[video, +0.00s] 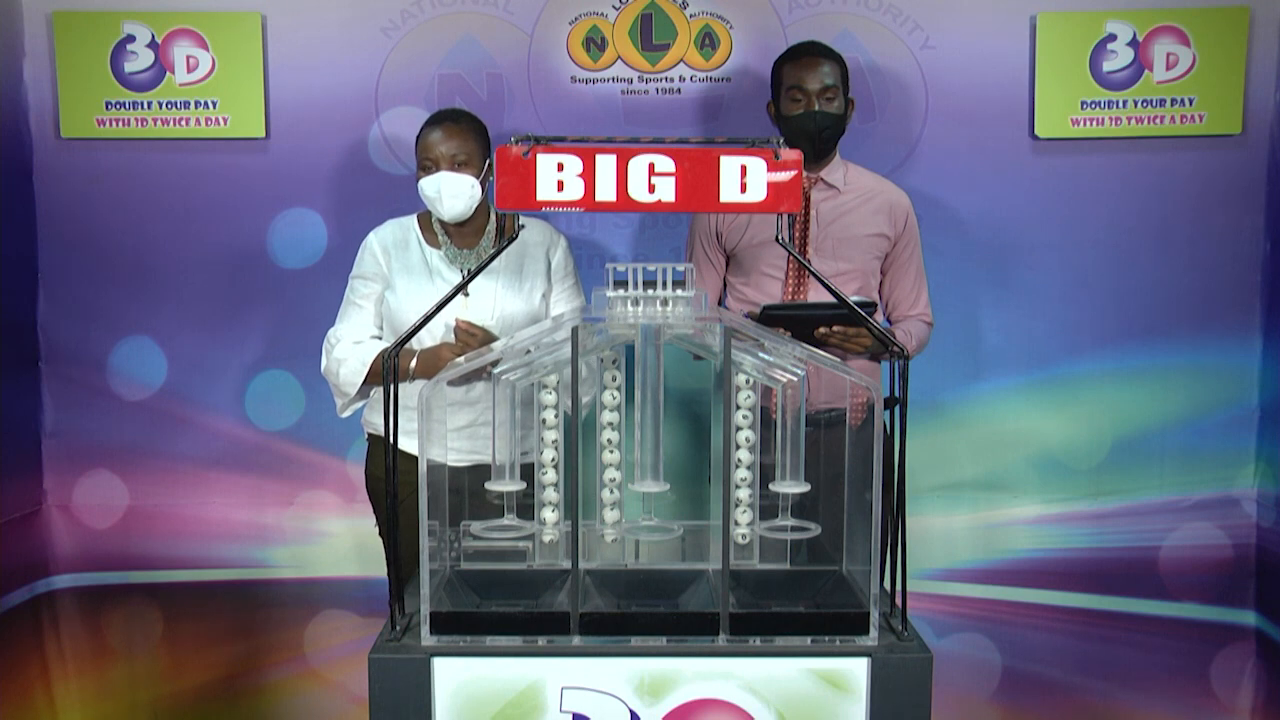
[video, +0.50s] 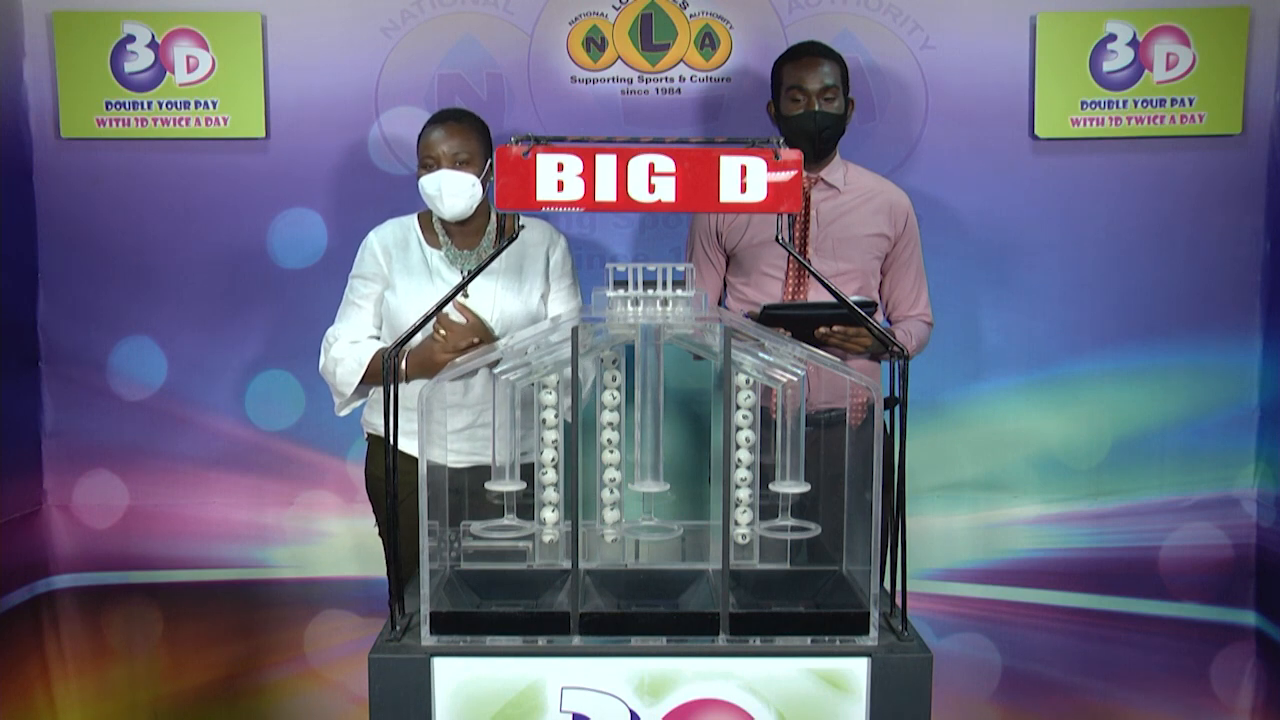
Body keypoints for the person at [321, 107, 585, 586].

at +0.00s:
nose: (444, 180)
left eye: (459, 164)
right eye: (430, 167)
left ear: (487, 167)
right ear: (417, 174)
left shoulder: (544, 247)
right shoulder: (385, 247)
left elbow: (574, 362)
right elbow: (342, 358)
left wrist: (502, 355)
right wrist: (423, 361)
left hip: (512, 465)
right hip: (408, 465)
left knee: (505, 617)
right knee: (416, 616)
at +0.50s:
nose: (447, 180)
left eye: (462, 164)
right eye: (433, 166)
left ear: (489, 166)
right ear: (419, 171)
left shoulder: (543, 246)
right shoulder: (385, 246)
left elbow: (569, 360)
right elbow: (340, 359)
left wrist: (494, 351)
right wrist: (417, 361)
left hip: (510, 463)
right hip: (407, 463)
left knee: (504, 619)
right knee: (415, 617)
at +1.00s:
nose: (442, 179)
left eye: (457, 163)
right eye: (429, 166)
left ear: (485, 167)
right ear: (416, 173)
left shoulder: (540, 245)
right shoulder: (383, 247)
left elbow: (569, 358)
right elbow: (339, 358)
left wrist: (494, 351)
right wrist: (413, 362)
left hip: (508, 463)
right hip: (406, 464)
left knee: (502, 619)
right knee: (416, 618)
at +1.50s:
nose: (445, 179)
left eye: (459, 163)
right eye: (430, 166)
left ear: (483, 166)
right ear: (415, 171)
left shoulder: (537, 246)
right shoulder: (379, 246)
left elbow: (566, 354)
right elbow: (336, 360)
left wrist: (500, 352)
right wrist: (417, 362)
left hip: (507, 461)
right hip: (405, 461)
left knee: (502, 617)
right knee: (416, 616)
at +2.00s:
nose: (442, 179)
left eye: (456, 163)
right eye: (427, 166)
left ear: (480, 167)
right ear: (412, 171)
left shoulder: (535, 244)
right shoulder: (378, 247)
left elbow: (566, 350)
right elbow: (337, 363)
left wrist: (501, 353)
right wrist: (431, 360)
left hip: (507, 461)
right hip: (405, 461)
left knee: (501, 616)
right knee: (416, 616)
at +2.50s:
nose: (441, 178)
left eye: (455, 162)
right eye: (427, 165)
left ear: (481, 167)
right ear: (413, 173)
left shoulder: (537, 246)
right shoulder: (380, 248)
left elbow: (567, 350)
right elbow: (336, 360)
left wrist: (494, 355)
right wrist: (418, 361)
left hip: (505, 462)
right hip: (404, 462)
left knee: (500, 614)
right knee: (414, 612)